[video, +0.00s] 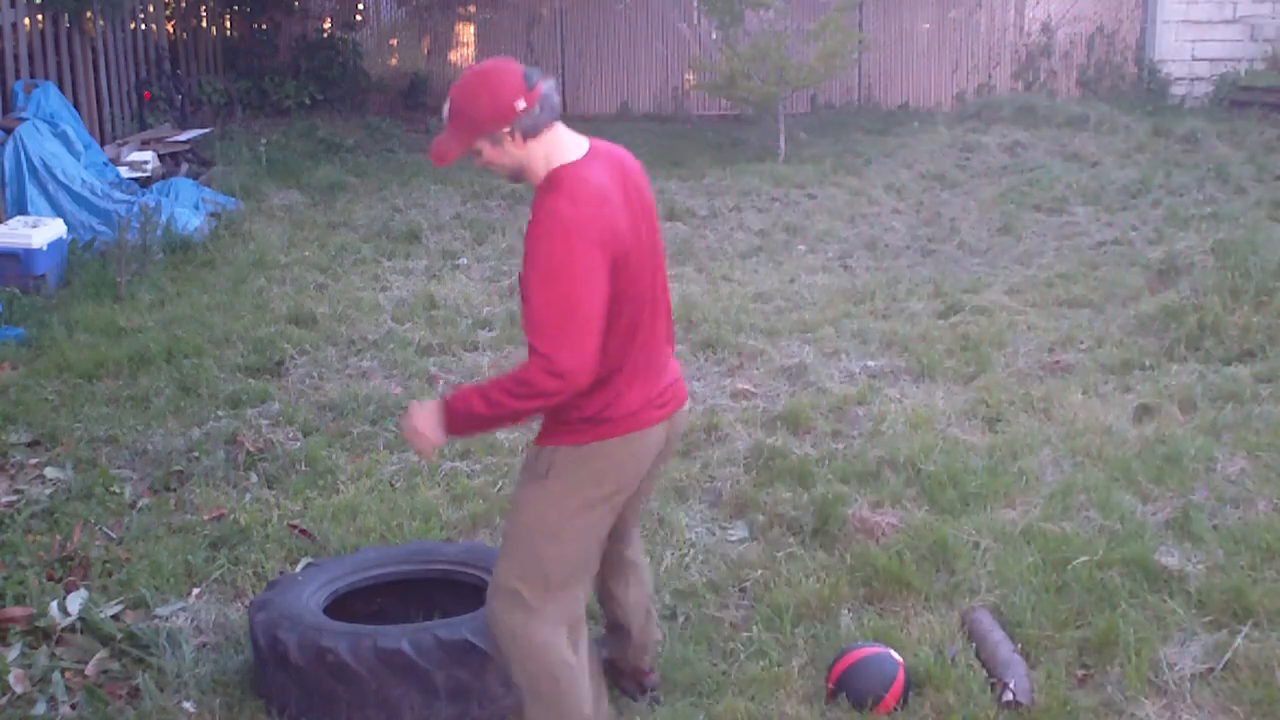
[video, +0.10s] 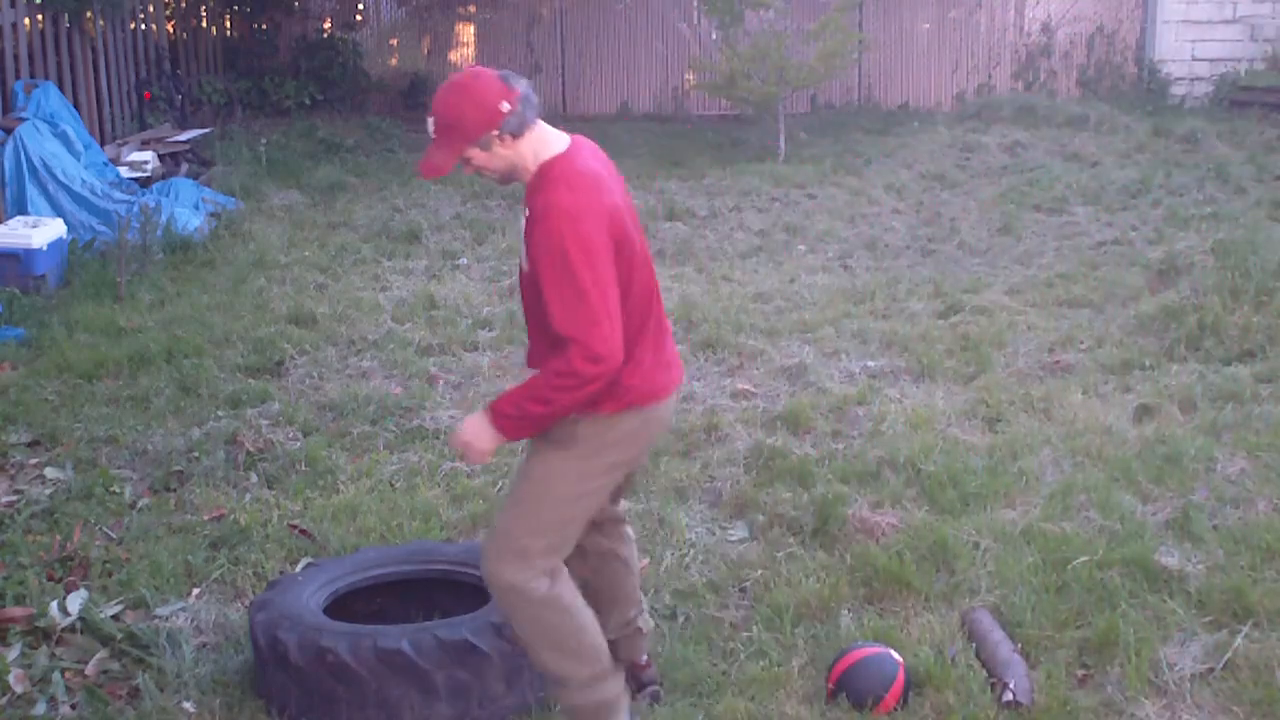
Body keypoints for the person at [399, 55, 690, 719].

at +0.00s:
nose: (480, 162)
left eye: (479, 149)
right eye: (474, 151)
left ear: (510, 135)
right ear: (536, 116)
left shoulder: (565, 211)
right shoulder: (618, 162)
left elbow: (562, 369)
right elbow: (635, 294)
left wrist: (449, 414)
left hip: (599, 432)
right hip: (655, 407)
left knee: (527, 603)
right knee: (615, 545)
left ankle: (571, 709)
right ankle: (635, 667)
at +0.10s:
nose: (470, 169)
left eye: (470, 156)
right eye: (462, 159)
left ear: (505, 134)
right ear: (516, 124)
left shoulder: (562, 205)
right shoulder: (580, 156)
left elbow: (595, 355)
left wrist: (497, 421)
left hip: (613, 403)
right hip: (639, 382)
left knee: (518, 559)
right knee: (593, 518)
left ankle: (599, 704)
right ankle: (628, 661)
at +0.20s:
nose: (457, 166)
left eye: (456, 154)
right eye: (450, 157)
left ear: (486, 130)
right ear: (489, 121)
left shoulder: (566, 184)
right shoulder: (525, 161)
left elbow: (605, 331)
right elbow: (526, 269)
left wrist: (525, 412)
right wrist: (521, 354)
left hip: (621, 378)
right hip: (586, 370)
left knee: (541, 535)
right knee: (586, 511)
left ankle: (602, 690)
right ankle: (630, 648)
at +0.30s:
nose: (440, 176)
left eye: (441, 165)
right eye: (433, 168)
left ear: (473, 140)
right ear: (472, 132)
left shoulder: (562, 195)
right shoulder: (501, 170)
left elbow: (601, 332)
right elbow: (505, 277)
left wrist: (534, 422)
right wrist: (502, 376)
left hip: (618, 378)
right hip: (564, 369)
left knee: (574, 536)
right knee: (550, 487)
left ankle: (596, 688)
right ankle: (625, 593)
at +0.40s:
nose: (429, 217)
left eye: (429, 205)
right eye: (421, 207)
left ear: (457, 176)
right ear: (449, 172)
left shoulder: (554, 223)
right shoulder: (483, 200)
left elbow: (599, 357)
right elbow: (488, 296)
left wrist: (539, 445)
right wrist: (485, 389)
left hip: (622, 373)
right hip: (557, 361)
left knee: (578, 532)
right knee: (517, 470)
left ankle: (598, 687)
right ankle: (598, 567)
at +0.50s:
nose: (423, 265)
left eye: (423, 254)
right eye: (414, 257)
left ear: (445, 223)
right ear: (437, 219)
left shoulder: (541, 257)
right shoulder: (455, 239)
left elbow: (600, 382)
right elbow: (465, 334)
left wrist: (544, 466)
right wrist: (470, 424)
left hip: (623, 373)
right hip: (549, 366)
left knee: (582, 521)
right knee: (518, 468)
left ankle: (598, 686)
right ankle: (527, 597)